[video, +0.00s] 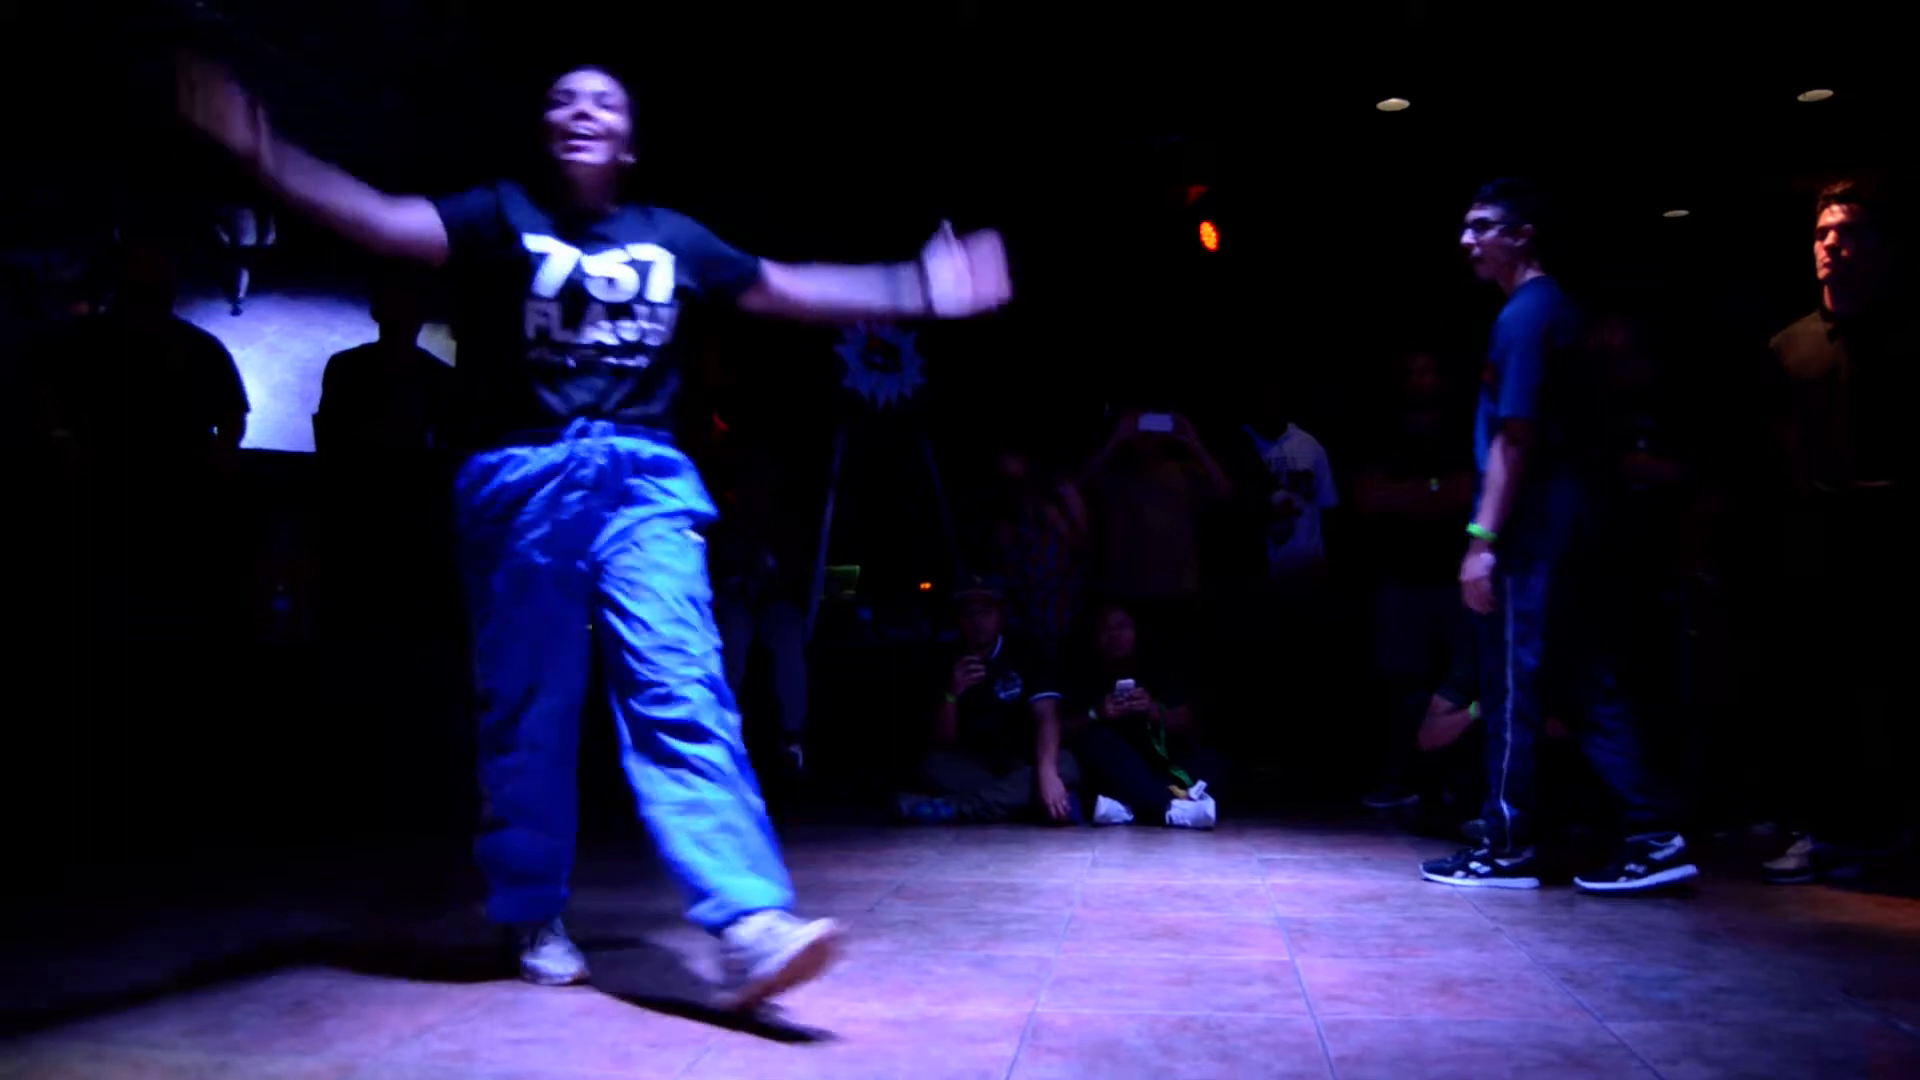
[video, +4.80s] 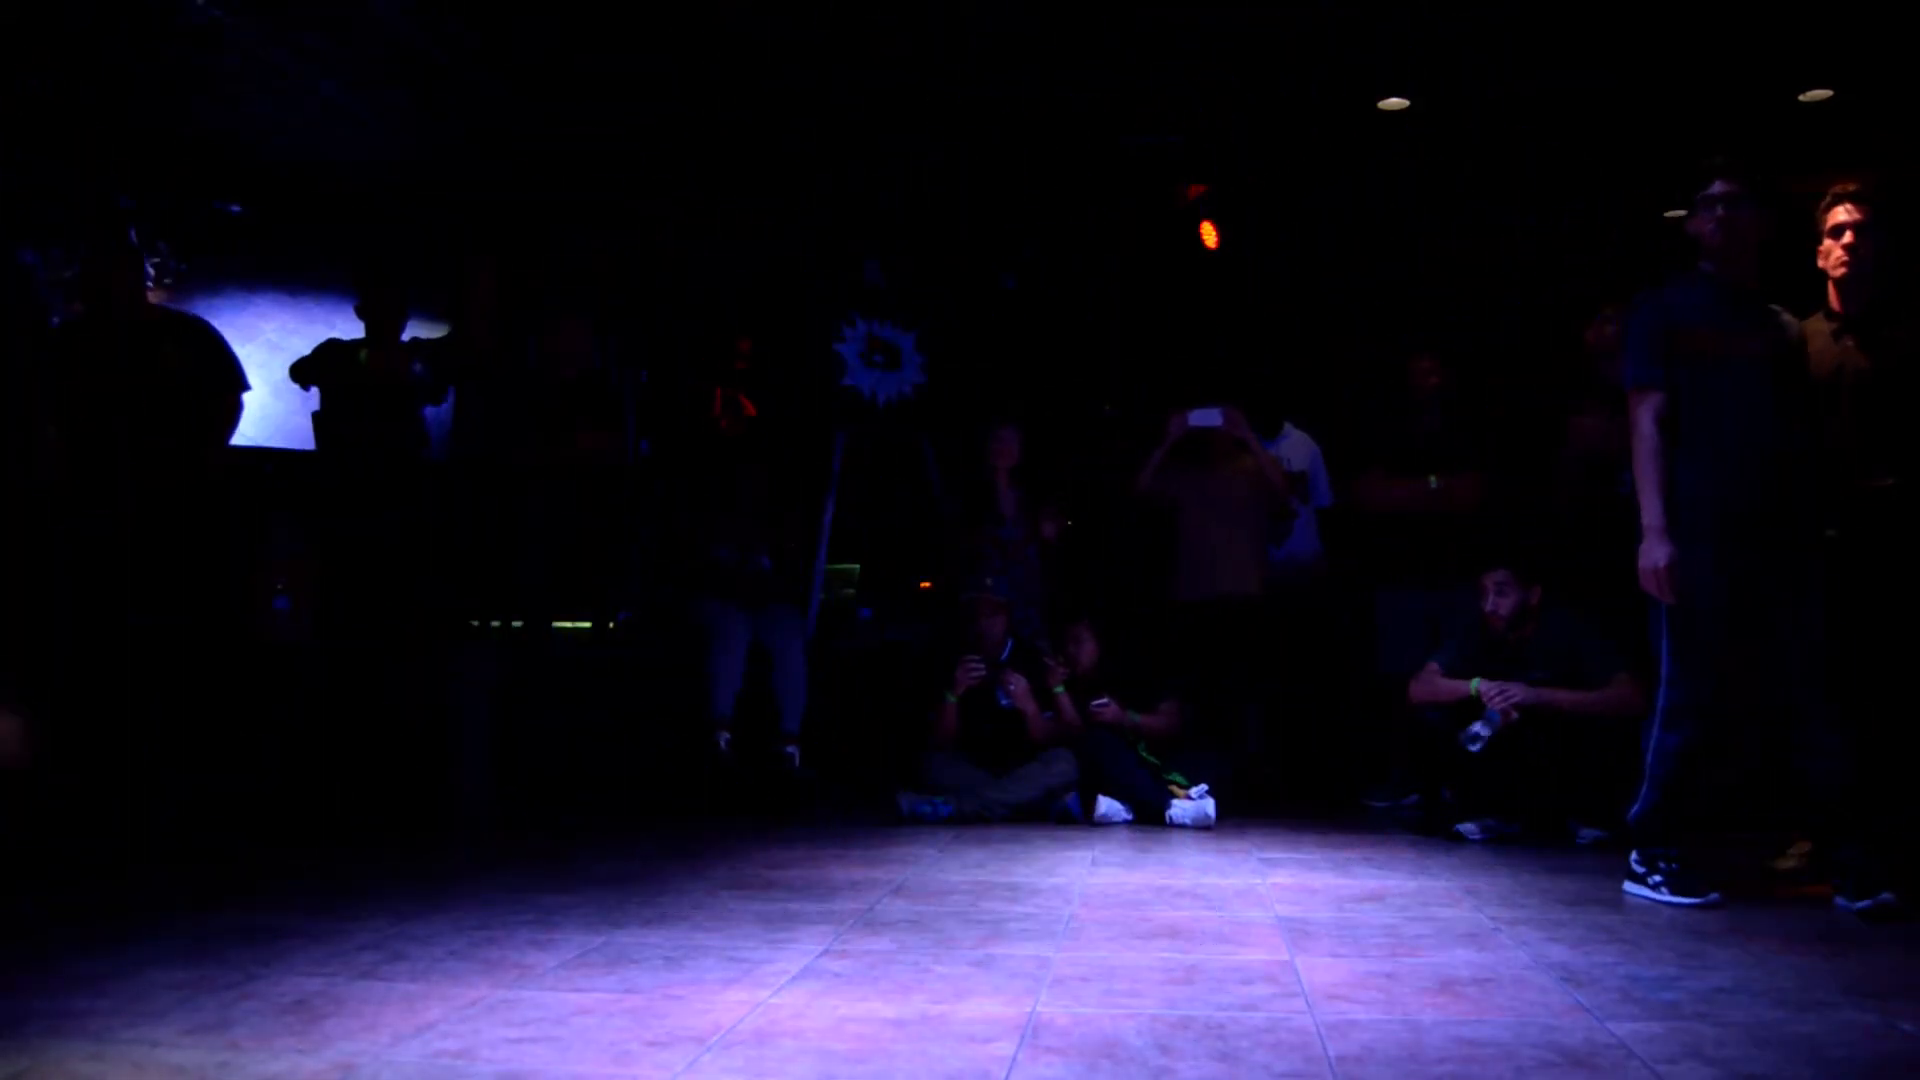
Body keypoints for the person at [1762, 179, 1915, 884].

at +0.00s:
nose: (1830, 247)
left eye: (1847, 234)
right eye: (1822, 234)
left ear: (1881, 251)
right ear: (1813, 251)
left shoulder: (1909, 339)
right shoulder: (1790, 348)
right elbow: (1765, 453)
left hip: (1894, 543)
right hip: (1808, 539)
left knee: (1890, 685)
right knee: (1813, 682)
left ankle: (1893, 834)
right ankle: (1816, 828)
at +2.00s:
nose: (1828, 250)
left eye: (1843, 235)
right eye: (1818, 237)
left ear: (1876, 249)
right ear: (1809, 253)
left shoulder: (1906, 339)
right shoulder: (1791, 348)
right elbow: (1768, 452)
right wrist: (1769, 532)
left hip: (1894, 541)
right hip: (1811, 540)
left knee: (1891, 683)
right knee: (1813, 681)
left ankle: (1890, 830)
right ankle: (1817, 828)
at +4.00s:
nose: (1828, 249)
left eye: (1845, 235)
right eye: (1821, 237)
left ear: (1880, 250)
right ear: (1814, 253)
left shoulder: (1910, 341)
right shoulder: (1793, 348)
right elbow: (1763, 451)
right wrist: (1760, 531)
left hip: (1898, 540)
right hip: (1812, 539)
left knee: (1895, 684)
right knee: (1816, 683)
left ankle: (1898, 833)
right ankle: (1817, 829)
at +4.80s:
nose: (1847, 243)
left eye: (1859, 231)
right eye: (1836, 232)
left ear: (1882, 249)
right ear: (1819, 252)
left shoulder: (1910, 331)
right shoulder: (1802, 340)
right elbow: (1781, 441)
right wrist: (1786, 522)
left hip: (1906, 533)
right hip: (1823, 532)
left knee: (1903, 684)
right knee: (1832, 686)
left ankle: (1908, 837)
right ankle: (1826, 835)